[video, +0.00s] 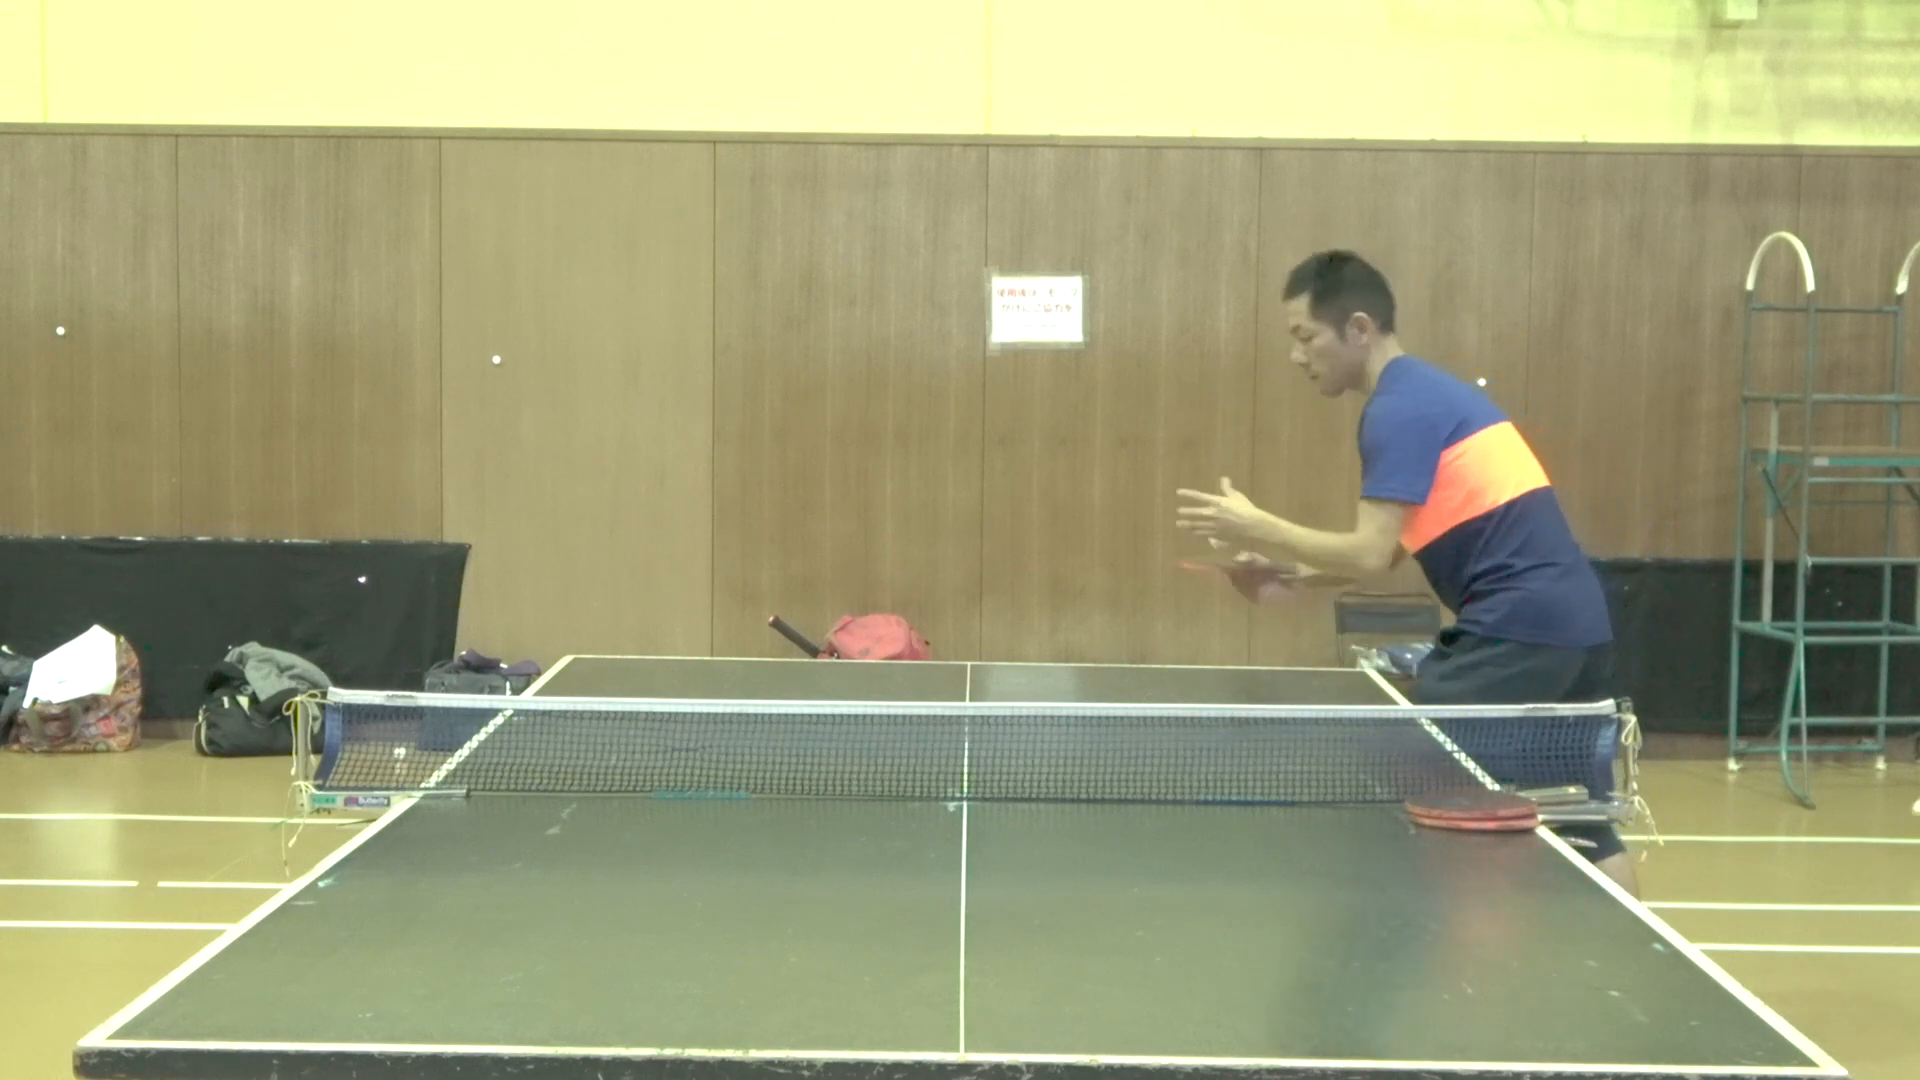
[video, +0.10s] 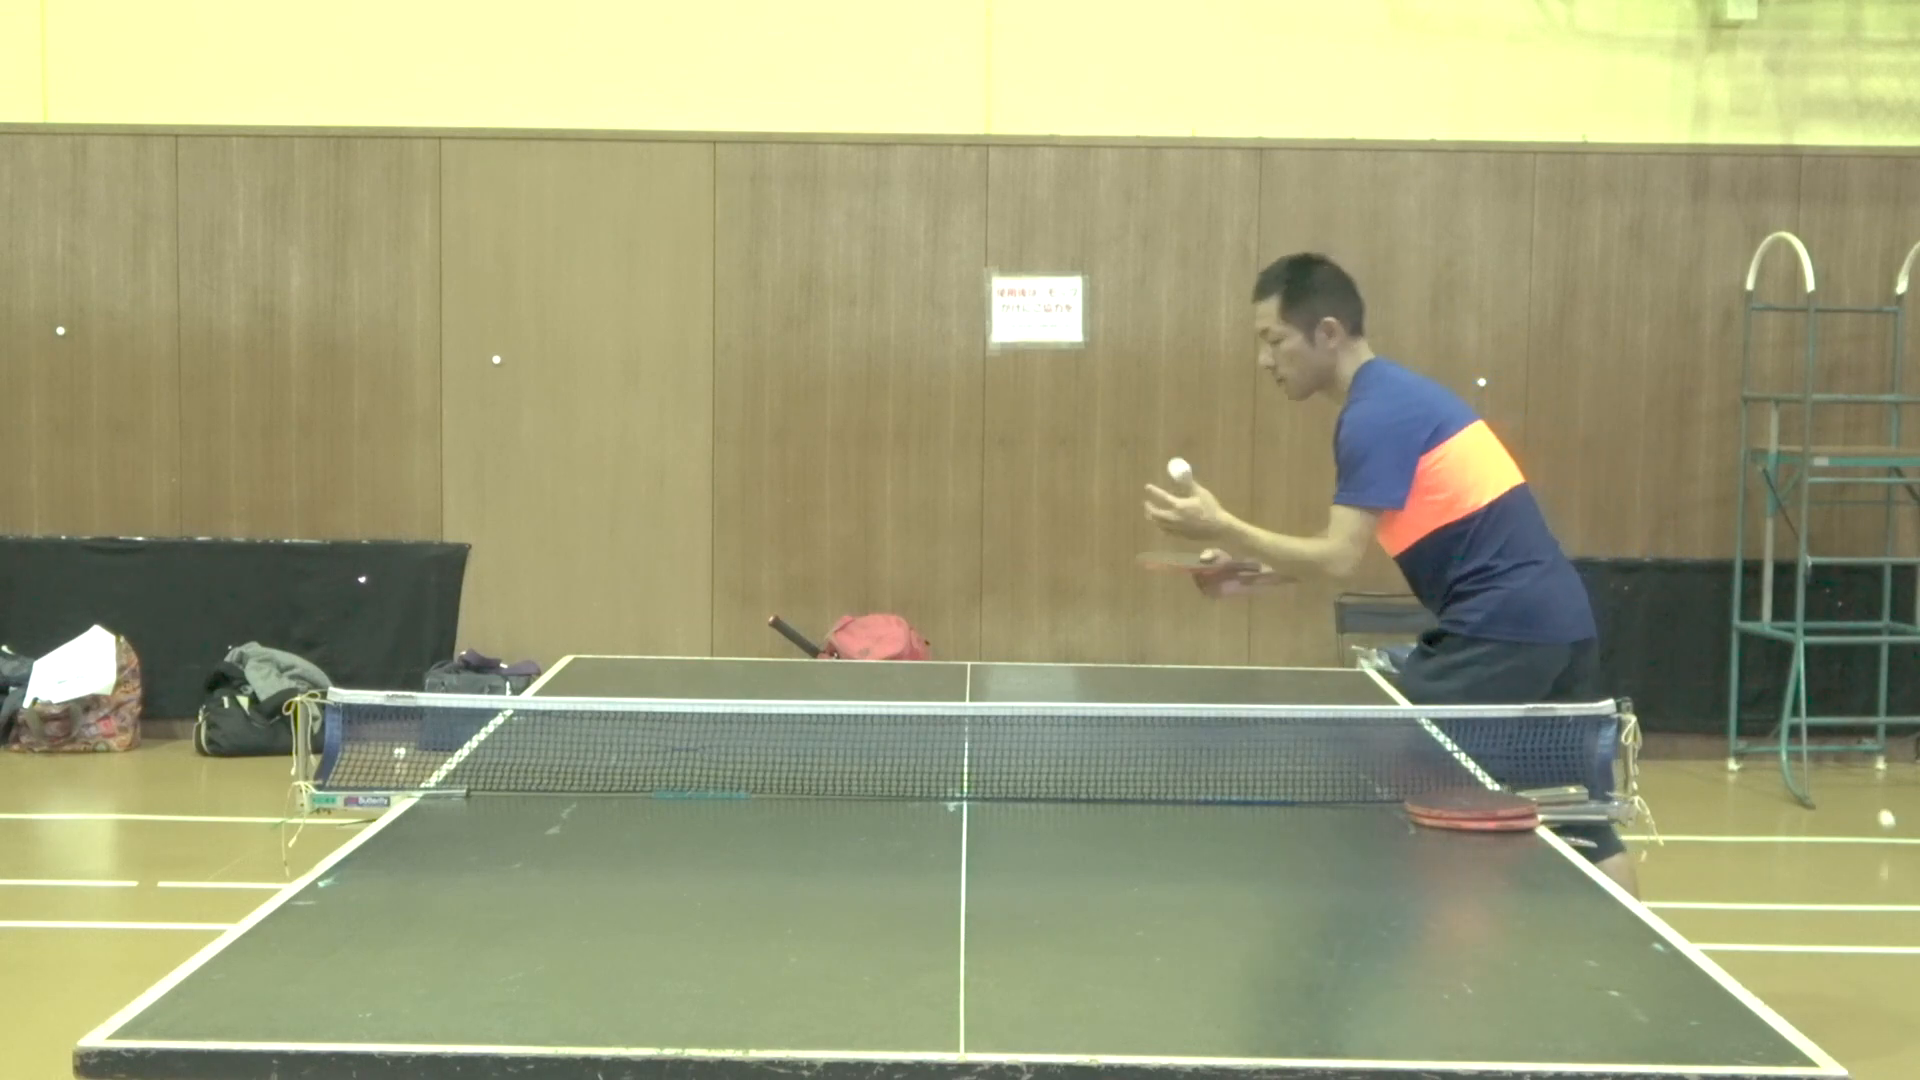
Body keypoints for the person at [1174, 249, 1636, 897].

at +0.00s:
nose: (1297, 356)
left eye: (1305, 336)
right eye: (1294, 339)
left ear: (1361, 329)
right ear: (1364, 330)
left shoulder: (1400, 403)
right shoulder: (1428, 390)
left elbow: (1369, 554)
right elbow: (1387, 561)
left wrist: (1256, 526)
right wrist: (1293, 577)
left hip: (1521, 629)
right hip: (1573, 627)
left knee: (1387, 771)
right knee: (1580, 806)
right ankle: (1641, 965)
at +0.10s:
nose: (1264, 359)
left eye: (1273, 340)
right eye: (1261, 343)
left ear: (1330, 331)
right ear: (1329, 335)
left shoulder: (1376, 411)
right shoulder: (1401, 394)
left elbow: (1337, 557)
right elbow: (1353, 556)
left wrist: (1223, 526)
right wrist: (1260, 570)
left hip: (1504, 634)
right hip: (1562, 632)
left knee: (1357, 767)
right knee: (1576, 810)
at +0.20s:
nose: (1237, 368)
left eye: (1247, 348)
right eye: (1234, 349)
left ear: (1305, 341)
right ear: (1310, 344)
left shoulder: (1353, 423)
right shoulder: (1377, 399)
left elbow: (1297, 564)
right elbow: (1317, 557)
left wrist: (1176, 525)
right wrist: (1239, 581)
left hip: (1486, 633)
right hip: (1545, 625)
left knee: (1345, 776)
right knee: (1574, 821)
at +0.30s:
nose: (1213, 375)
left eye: (1226, 357)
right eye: (1212, 357)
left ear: (1283, 354)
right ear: (1287, 354)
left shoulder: (1332, 431)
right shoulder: (1358, 407)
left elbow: (1256, 568)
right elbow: (1308, 554)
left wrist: (1136, 512)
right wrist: (1223, 602)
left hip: (1479, 636)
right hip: (1530, 628)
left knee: (1335, 772)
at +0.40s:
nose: (1194, 386)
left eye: (1206, 368)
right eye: (1193, 368)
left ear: (1265, 365)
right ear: (1265, 367)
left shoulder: (1316, 440)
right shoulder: (1347, 412)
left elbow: (1225, 570)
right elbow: (1300, 559)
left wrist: (1109, 512)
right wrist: (1214, 613)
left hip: (1474, 636)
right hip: (1529, 622)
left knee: (1335, 775)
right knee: (1505, 806)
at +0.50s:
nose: (1183, 396)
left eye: (1195, 378)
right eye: (1182, 378)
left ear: (1253, 377)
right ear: (1259, 379)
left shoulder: (1305, 449)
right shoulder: (1335, 418)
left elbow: (1203, 573)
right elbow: (1288, 561)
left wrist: (1067, 548)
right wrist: (1203, 612)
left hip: (1467, 634)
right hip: (1526, 619)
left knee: (1336, 776)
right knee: (1513, 806)